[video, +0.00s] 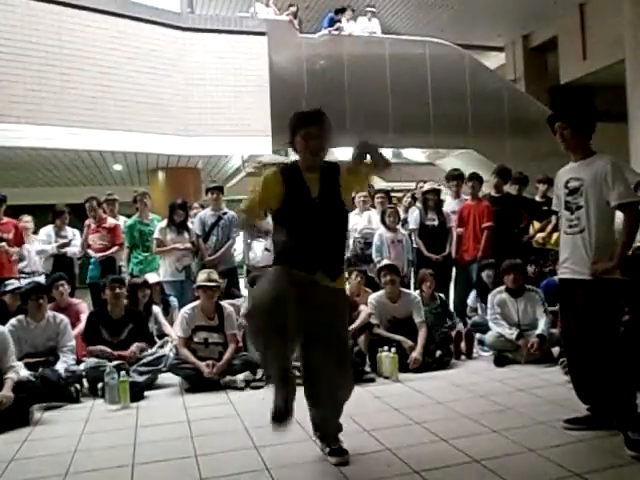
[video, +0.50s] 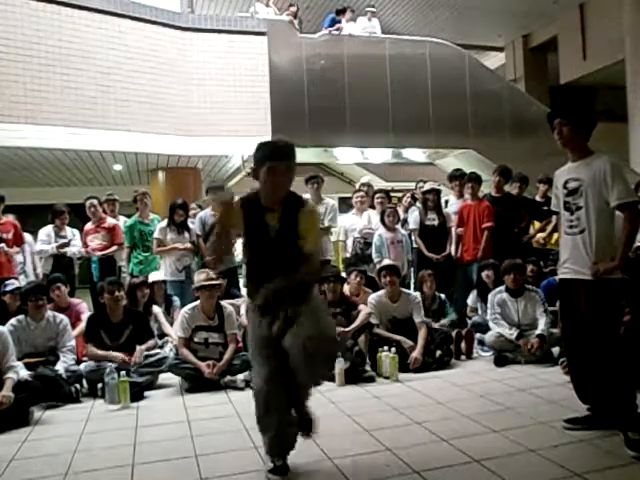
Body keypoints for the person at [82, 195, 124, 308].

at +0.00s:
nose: (92, 213)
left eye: (94, 210)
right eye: (89, 211)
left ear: (100, 208)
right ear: (87, 212)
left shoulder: (112, 224)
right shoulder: (88, 224)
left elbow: (119, 245)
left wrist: (102, 254)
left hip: (108, 259)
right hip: (93, 259)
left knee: (110, 290)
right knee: (94, 288)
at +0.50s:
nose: (93, 210)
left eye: (95, 206)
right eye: (89, 208)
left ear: (100, 207)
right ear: (87, 211)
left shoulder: (112, 224)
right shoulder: (87, 227)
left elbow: (119, 244)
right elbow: (84, 245)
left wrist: (102, 253)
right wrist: (86, 250)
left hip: (107, 258)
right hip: (93, 259)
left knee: (110, 288)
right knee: (94, 289)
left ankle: (111, 315)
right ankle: (98, 315)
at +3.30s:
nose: (96, 211)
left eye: (98, 208)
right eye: (93, 209)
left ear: (105, 209)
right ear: (90, 212)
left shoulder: (116, 226)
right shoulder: (90, 230)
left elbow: (122, 246)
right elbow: (89, 248)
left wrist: (103, 255)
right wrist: (87, 255)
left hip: (111, 262)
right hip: (95, 264)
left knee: (114, 295)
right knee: (100, 298)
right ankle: (104, 325)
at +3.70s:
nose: (96, 212)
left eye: (98, 208)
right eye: (93, 209)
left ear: (104, 210)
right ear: (90, 213)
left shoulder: (115, 226)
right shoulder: (90, 230)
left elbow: (122, 247)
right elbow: (88, 249)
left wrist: (105, 255)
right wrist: (88, 256)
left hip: (110, 262)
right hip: (95, 264)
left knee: (113, 295)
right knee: (100, 298)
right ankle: (104, 325)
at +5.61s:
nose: (92, 214)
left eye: (94, 211)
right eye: (90, 211)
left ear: (101, 211)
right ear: (88, 213)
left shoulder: (116, 227)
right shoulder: (91, 230)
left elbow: (122, 246)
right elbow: (89, 249)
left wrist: (104, 254)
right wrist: (86, 255)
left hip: (111, 262)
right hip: (96, 264)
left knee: (114, 295)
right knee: (100, 298)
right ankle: (104, 325)